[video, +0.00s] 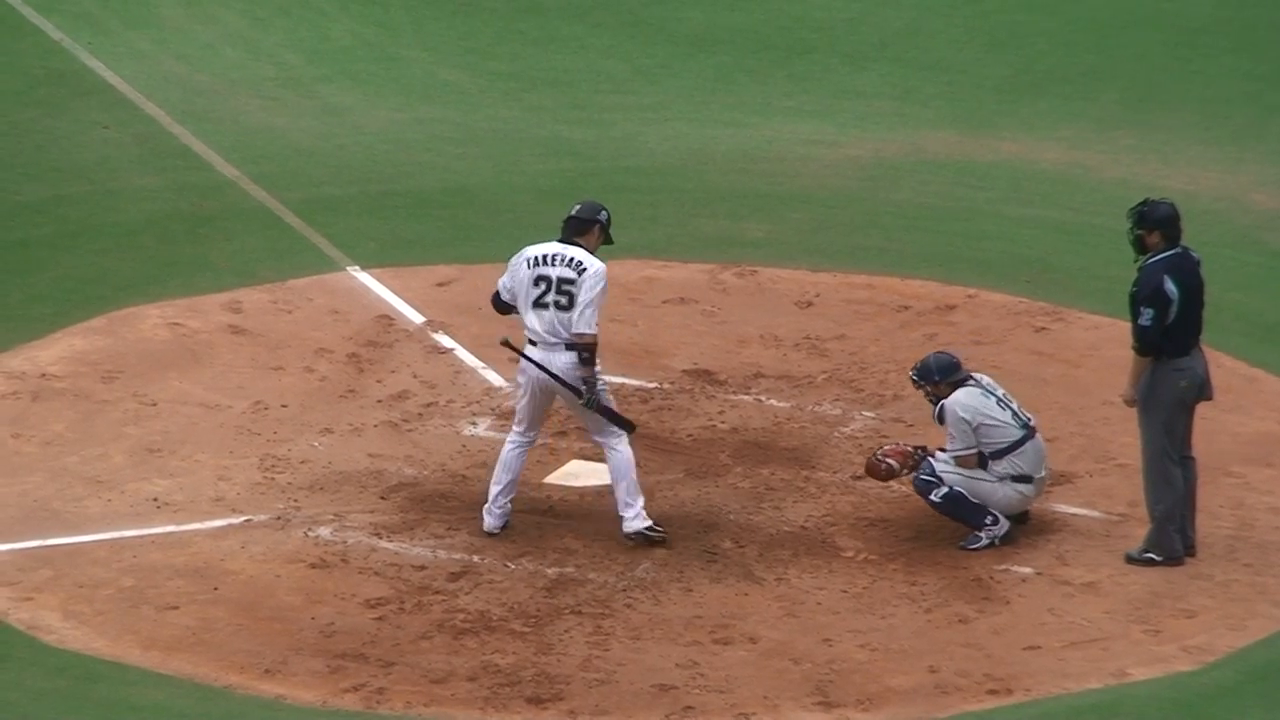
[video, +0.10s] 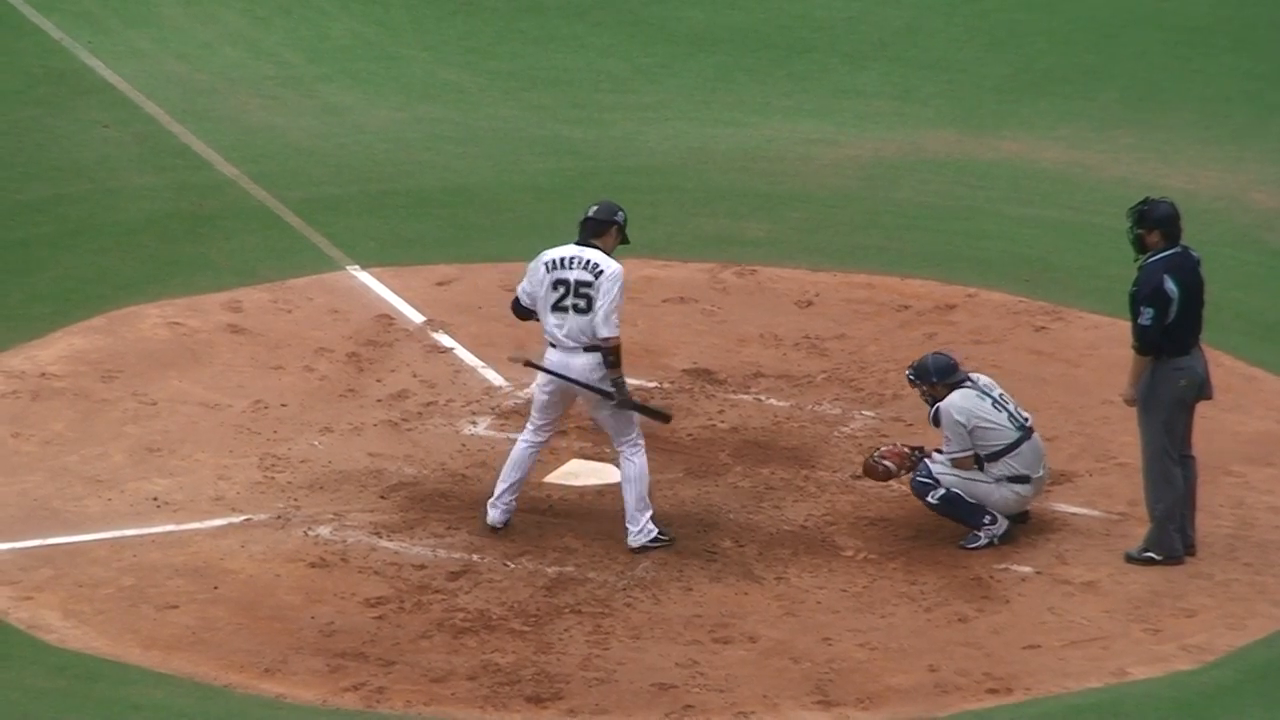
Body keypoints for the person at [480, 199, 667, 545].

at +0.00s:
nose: (599, 244)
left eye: (602, 238)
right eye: (601, 237)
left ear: (568, 226)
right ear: (593, 231)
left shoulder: (528, 255)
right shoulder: (591, 268)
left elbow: (501, 303)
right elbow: (585, 332)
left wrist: (541, 303)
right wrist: (591, 383)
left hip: (533, 360)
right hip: (572, 365)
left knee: (521, 435)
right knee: (614, 438)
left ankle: (494, 516)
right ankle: (635, 520)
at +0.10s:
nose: (619, 241)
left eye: (619, 234)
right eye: (618, 233)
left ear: (586, 228)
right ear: (608, 232)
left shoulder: (548, 257)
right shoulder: (610, 269)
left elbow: (521, 308)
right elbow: (607, 333)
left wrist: (562, 305)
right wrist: (619, 384)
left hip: (554, 360)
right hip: (595, 365)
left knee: (534, 434)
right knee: (630, 445)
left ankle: (497, 510)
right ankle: (640, 529)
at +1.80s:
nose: (674, 246)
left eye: (672, 242)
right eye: (673, 242)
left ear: (638, 243)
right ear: (670, 242)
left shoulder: (611, 272)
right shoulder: (685, 265)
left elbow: (592, 331)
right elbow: (704, 329)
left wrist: (590, 383)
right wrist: (711, 371)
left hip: (636, 365)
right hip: (681, 363)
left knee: (642, 442)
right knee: (687, 438)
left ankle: (647, 522)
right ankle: (680, 519)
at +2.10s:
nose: (694, 247)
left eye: (693, 243)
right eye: (694, 243)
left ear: (657, 238)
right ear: (688, 242)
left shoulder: (625, 264)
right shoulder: (698, 267)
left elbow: (603, 320)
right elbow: (713, 333)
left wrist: (611, 365)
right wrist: (717, 373)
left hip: (640, 362)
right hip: (683, 362)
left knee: (644, 440)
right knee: (687, 444)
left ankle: (647, 521)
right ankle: (678, 525)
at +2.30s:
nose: (707, 250)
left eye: (706, 246)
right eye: (707, 245)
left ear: (673, 238)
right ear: (702, 244)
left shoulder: (636, 262)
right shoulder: (708, 271)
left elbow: (608, 313)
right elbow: (719, 334)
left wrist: (616, 363)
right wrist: (724, 379)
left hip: (647, 361)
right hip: (691, 361)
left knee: (648, 441)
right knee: (689, 445)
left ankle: (649, 523)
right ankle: (684, 528)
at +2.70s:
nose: (734, 257)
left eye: (734, 251)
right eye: (734, 251)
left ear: (701, 239)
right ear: (727, 249)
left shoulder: (654, 253)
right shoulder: (724, 278)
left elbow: (618, 293)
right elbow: (720, 346)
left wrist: (631, 336)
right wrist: (722, 383)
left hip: (640, 353)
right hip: (682, 360)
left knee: (641, 432)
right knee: (686, 444)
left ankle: (637, 517)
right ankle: (683, 527)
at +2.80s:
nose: (735, 259)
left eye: (735, 253)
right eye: (735, 253)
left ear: (702, 240)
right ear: (728, 251)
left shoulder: (655, 254)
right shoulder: (723, 279)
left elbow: (617, 292)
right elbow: (718, 347)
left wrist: (632, 334)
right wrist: (725, 378)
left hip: (637, 352)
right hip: (679, 361)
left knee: (632, 431)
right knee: (684, 444)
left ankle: (612, 512)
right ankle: (683, 528)